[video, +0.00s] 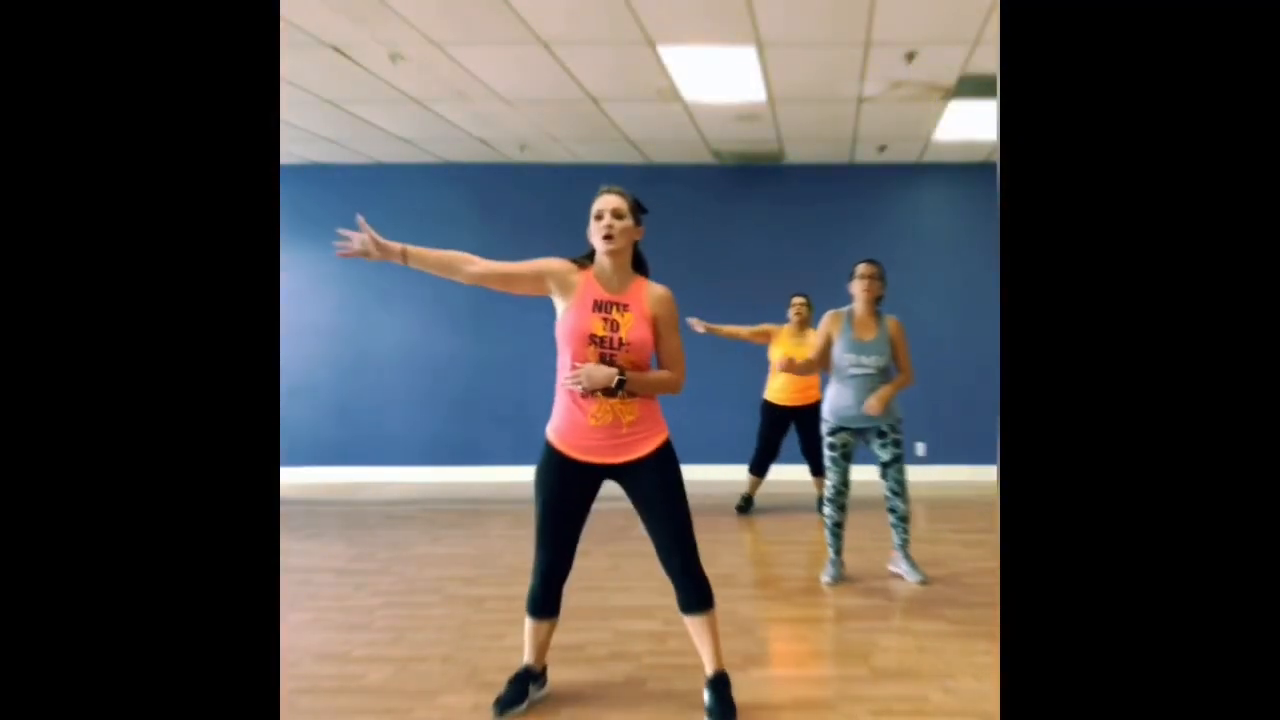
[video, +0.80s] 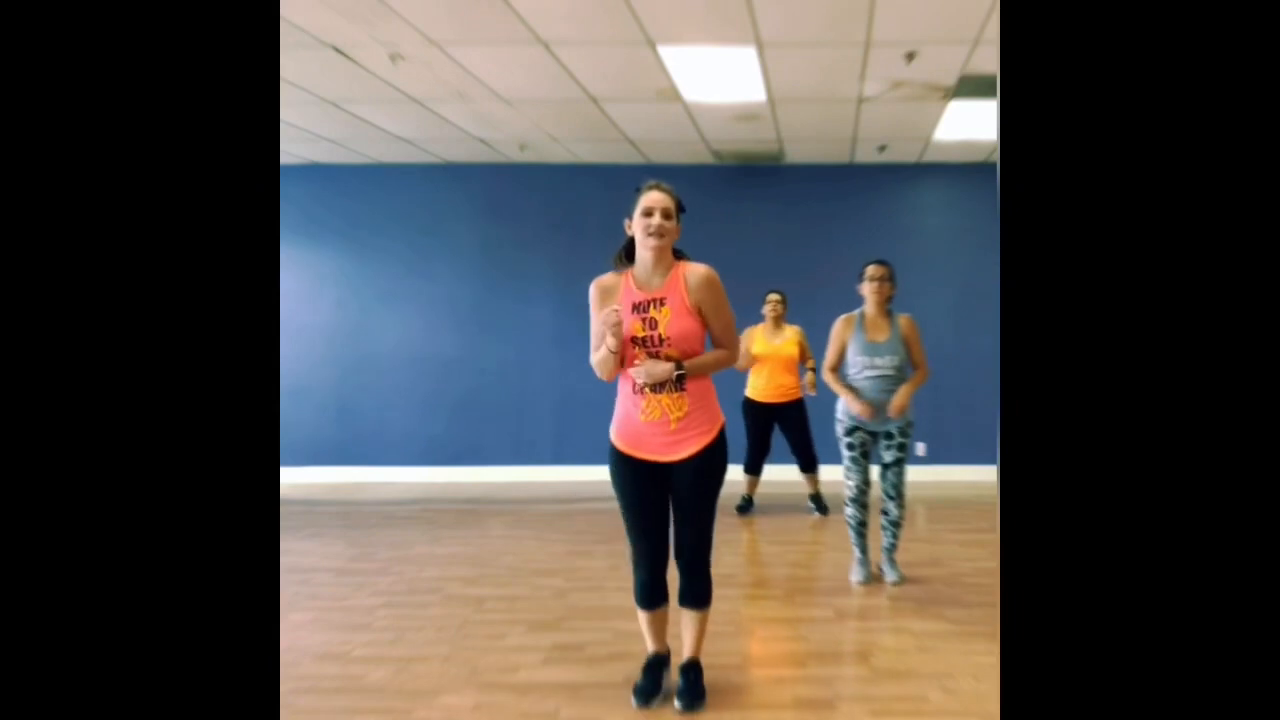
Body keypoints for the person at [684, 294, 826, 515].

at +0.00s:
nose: (798, 309)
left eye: (802, 306)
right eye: (794, 306)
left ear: (810, 313)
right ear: (788, 312)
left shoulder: (817, 338)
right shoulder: (775, 333)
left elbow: (830, 365)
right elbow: (743, 333)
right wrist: (709, 328)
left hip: (808, 402)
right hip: (776, 401)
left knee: (814, 452)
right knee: (765, 450)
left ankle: (823, 497)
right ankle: (748, 495)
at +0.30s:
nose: (775, 306)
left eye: (780, 303)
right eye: (772, 302)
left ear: (787, 309)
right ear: (766, 308)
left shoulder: (795, 335)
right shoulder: (751, 329)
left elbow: (806, 363)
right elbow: (720, 327)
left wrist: (805, 378)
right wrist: (693, 322)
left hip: (784, 399)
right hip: (753, 399)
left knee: (795, 449)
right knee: (754, 450)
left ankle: (808, 494)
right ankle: (746, 495)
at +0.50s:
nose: (769, 307)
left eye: (773, 303)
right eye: (765, 303)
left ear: (780, 309)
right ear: (759, 308)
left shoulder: (791, 334)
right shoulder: (746, 333)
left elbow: (802, 360)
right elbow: (725, 348)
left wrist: (799, 377)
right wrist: (707, 338)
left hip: (780, 398)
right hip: (750, 396)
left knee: (780, 452)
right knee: (751, 450)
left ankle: (779, 496)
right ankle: (747, 494)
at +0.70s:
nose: (769, 306)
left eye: (773, 302)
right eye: (765, 302)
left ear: (780, 308)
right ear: (759, 308)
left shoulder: (791, 333)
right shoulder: (746, 333)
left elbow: (803, 358)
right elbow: (735, 360)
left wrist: (806, 372)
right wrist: (732, 358)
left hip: (785, 398)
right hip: (753, 398)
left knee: (798, 448)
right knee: (753, 451)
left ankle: (800, 493)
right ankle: (747, 495)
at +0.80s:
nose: (774, 306)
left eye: (778, 303)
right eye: (770, 303)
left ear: (785, 309)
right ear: (763, 308)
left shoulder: (796, 332)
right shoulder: (751, 334)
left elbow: (808, 358)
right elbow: (741, 365)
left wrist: (810, 372)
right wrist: (747, 353)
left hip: (790, 399)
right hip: (758, 399)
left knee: (804, 450)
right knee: (756, 450)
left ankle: (815, 493)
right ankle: (747, 495)